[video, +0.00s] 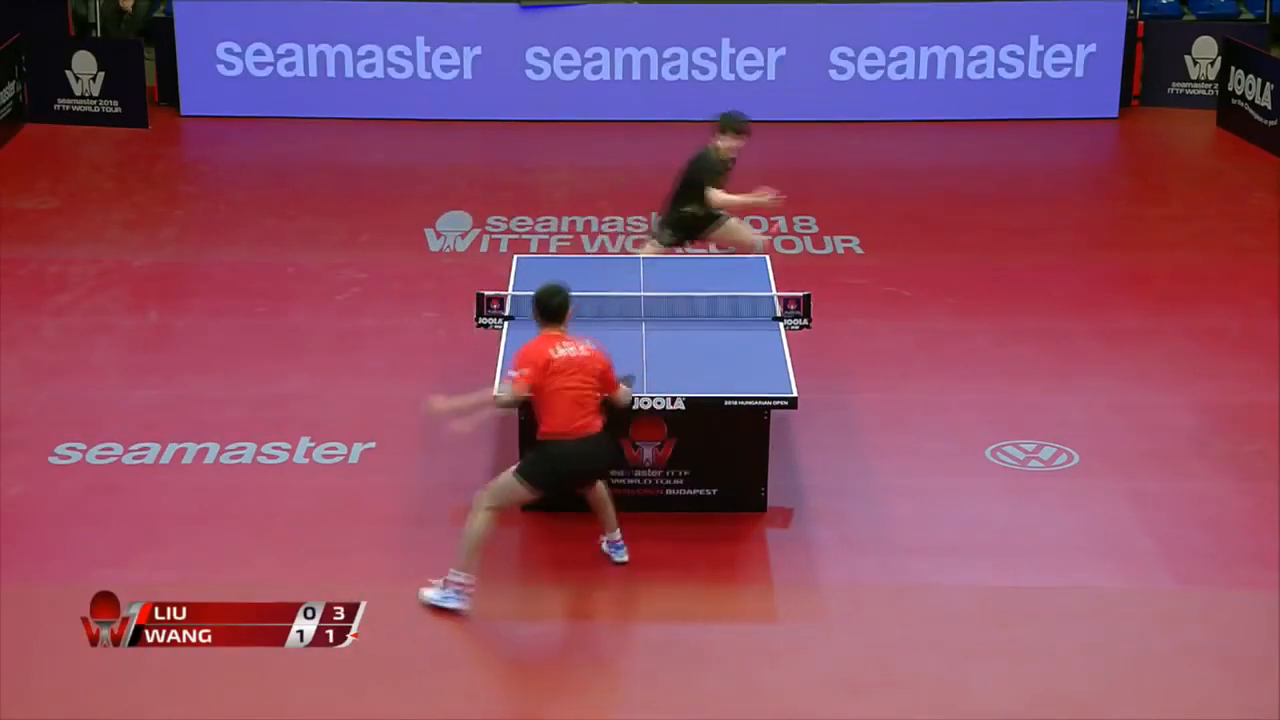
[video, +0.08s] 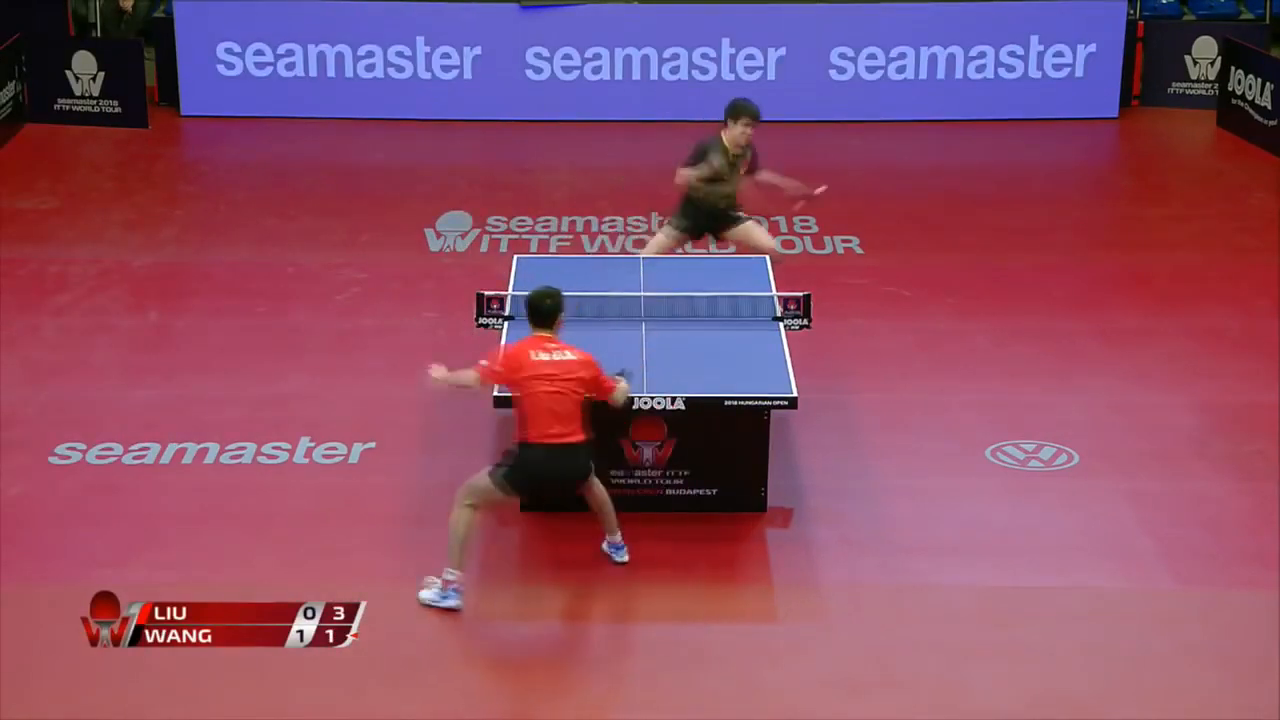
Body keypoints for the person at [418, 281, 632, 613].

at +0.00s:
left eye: (538, 311)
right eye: (564, 310)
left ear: (536, 314)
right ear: (568, 314)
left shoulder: (533, 351)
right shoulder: (591, 351)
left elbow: (517, 394)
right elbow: (620, 398)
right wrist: (623, 387)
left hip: (554, 455)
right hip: (595, 451)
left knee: (487, 500)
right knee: (590, 479)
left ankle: (458, 586)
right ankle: (616, 543)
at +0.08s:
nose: (561, 318)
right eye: (561, 314)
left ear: (528, 317)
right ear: (560, 319)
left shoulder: (515, 354)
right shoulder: (581, 359)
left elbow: (475, 378)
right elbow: (617, 398)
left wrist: (445, 376)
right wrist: (623, 384)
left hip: (532, 462)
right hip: (575, 460)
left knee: (467, 498)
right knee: (589, 481)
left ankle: (451, 585)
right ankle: (617, 543)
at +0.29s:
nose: (541, 342)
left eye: (535, 336)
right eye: (541, 338)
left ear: (506, 337)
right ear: (537, 341)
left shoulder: (479, 368)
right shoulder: (550, 377)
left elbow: (447, 415)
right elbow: (585, 414)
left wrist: (470, 428)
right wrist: (583, 397)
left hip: (477, 474)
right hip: (525, 478)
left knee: (428, 504)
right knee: (585, 510)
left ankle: (384, 572)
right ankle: (619, 593)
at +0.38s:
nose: (514, 354)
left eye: (504, 348)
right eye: (514, 350)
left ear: (481, 348)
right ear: (511, 352)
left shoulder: (453, 382)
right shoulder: (524, 390)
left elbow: (418, 411)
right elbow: (556, 422)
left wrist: (438, 383)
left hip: (459, 494)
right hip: (512, 495)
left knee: (419, 513)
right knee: (573, 519)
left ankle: (382, 585)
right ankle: (618, 594)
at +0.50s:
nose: (469, 335)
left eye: (459, 332)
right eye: (468, 332)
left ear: (433, 334)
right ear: (463, 335)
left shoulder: (413, 375)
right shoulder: (480, 369)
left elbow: (373, 418)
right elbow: (505, 372)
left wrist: (345, 424)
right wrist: (497, 360)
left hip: (425, 484)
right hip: (471, 485)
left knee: (378, 499)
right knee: (534, 538)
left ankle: (366, 583)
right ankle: (597, 594)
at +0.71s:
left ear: (352, 355)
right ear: (386, 351)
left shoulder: (343, 408)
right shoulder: (415, 383)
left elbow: (326, 466)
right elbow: (463, 411)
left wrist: (307, 487)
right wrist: (483, 395)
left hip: (375, 505)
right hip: (424, 500)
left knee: (325, 551)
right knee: (488, 541)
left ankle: (283, 612)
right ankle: (497, 621)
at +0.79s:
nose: (373, 367)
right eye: (373, 362)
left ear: (338, 368)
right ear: (371, 367)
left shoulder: (319, 420)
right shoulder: (391, 410)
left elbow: (308, 471)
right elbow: (443, 439)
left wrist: (305, 453)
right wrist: (476, 412)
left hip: (349, 525)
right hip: (397, 522)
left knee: (310, 544)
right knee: (467, 555)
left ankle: (280, 620)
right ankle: (493, 636)